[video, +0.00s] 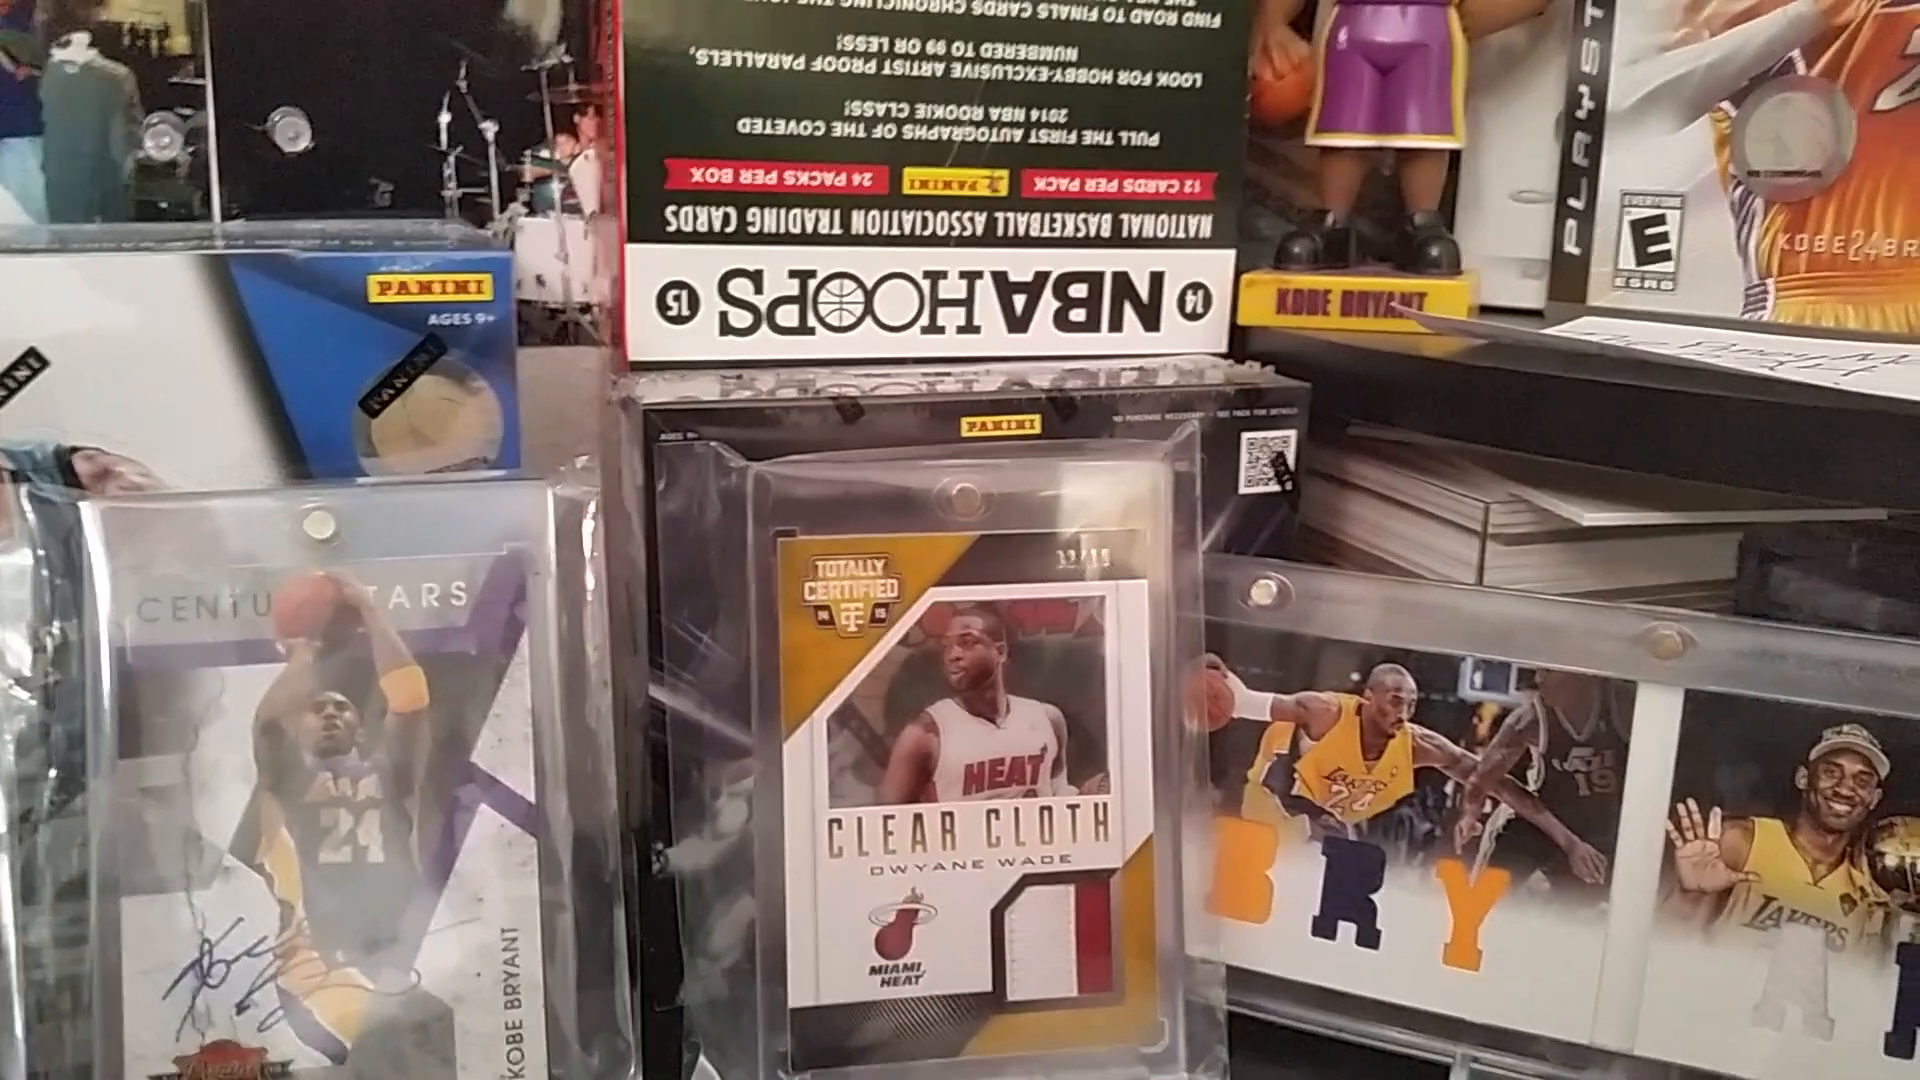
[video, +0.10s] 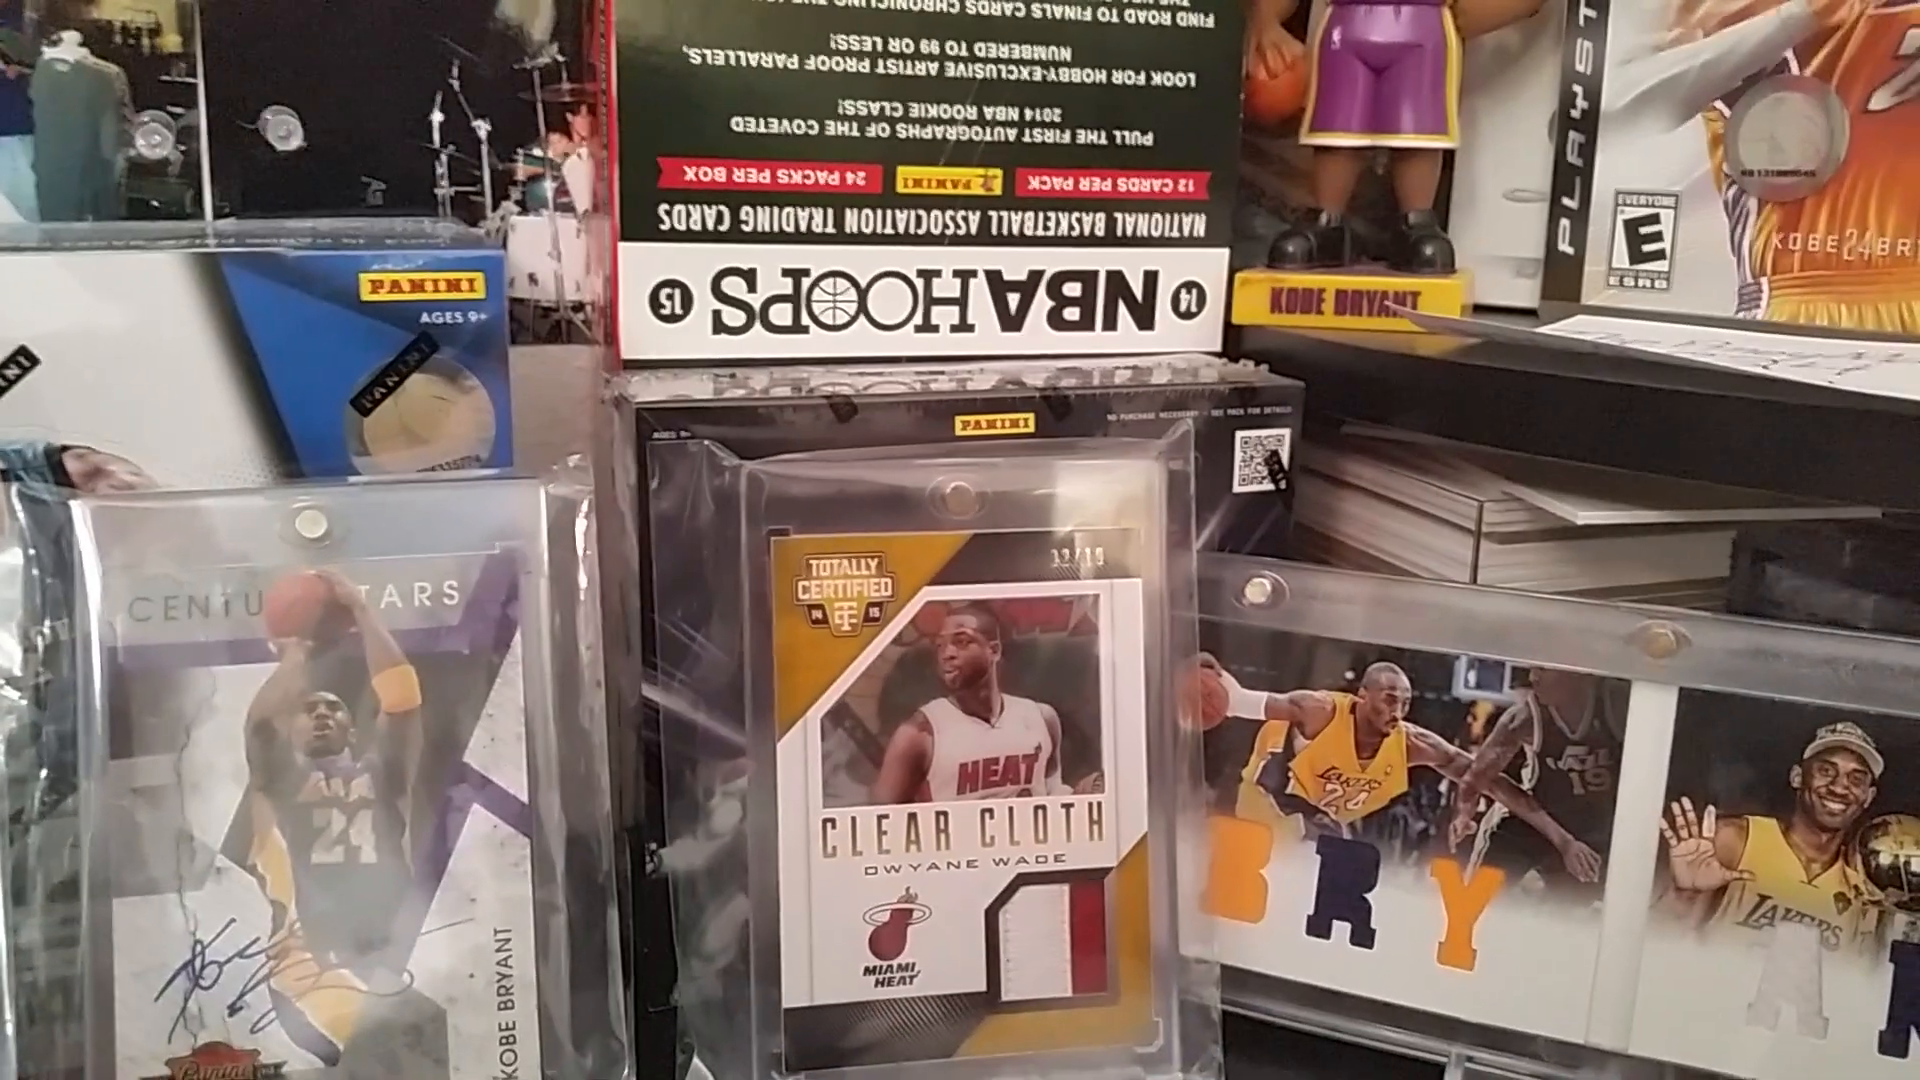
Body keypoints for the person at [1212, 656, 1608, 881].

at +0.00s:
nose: (1403, 709)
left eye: (1409, 701)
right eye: (1394, 699)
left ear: (1413, 706)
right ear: (1366, 696)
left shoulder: (1421, 744)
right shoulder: (1324, 709)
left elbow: (1495, 782)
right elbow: (1251, 702)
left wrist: (1569, 842)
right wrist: (1218, 678)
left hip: (1352, 818)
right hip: (1297, 798)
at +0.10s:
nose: (1397, 709)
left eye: (1403, 701)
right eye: (1388, 697)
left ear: (1407, 707)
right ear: (1360, 694)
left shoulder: (1415, 744)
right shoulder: (1319, 708)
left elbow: (1489, 781)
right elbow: (1243, 701)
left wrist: (1563, 840)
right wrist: (1214, 681)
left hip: (1338, 817)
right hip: (1282, 793)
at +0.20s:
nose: (1395, 709)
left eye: (1402, 701)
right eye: (1386, 698)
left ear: (1406, 705)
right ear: (1360, 695)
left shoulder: (1416, 745)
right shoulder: (1317, 709)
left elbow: (1488, 782)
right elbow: (1242, 701)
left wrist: (1562, 841)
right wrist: (1210, 679)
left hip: (1335, 820)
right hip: (1279, 797)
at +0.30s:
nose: (1395, 709)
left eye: (1401, 701)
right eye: (1386, 698)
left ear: (1405, 705)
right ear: (1359, 695)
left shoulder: (1415, 745)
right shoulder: (1317, 709)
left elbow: (1488, 782)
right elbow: (1242, 701)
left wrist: (1562, 841)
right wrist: (1209, 678)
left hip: (1335, 818)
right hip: (1282, 796)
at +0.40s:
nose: (1395, 708)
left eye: (1401, 700)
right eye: (1386, 698)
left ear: (1405, 705)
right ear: (1359, 695)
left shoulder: (1415, 745)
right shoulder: (1317, 709)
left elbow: (1488, 782)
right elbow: (1242, 701)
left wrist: (1563, 842)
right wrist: (1208, 678)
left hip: (1338, 816)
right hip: (1286, 793)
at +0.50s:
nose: (1395, 709)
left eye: (1401, 701)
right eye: (1386, 698)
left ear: (1405, 705)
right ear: (1359, 694)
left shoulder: (1414, 745)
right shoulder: (1316, 709)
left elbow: (1487, 782)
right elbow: (1240, 701)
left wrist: (1561, 841)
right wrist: (1207, 679)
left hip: (1331, 814)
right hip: (1276, 790)